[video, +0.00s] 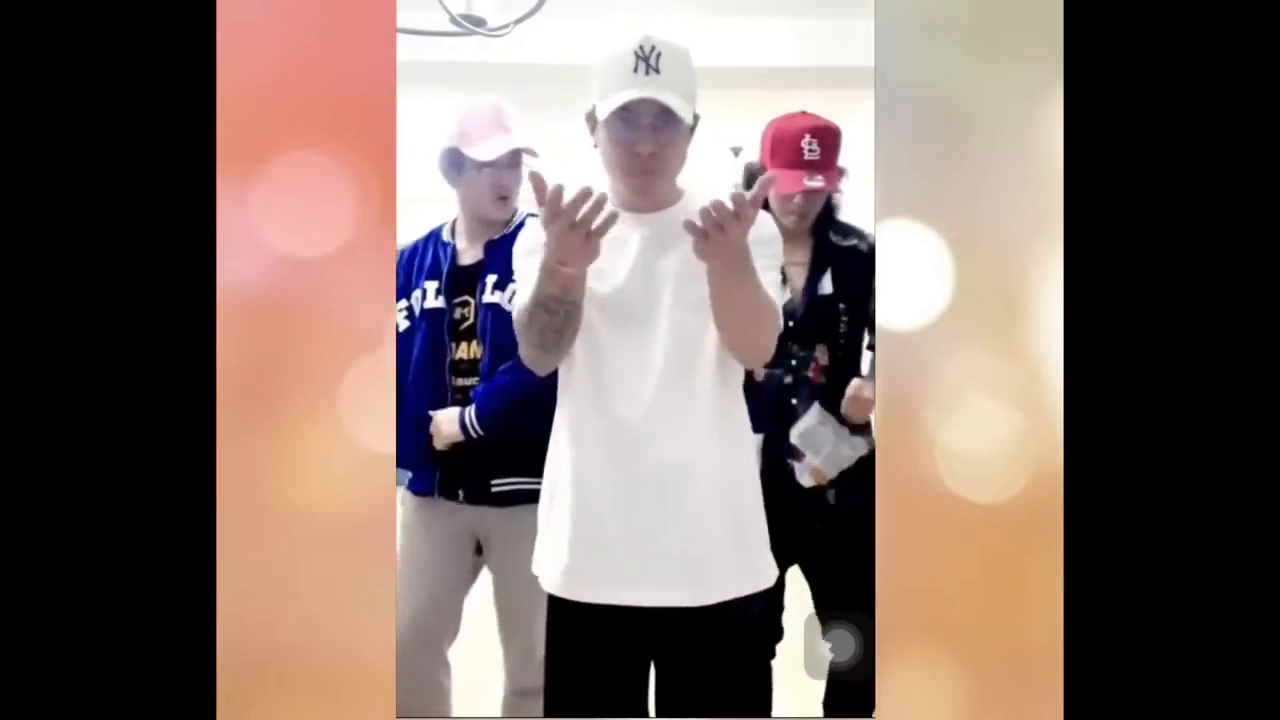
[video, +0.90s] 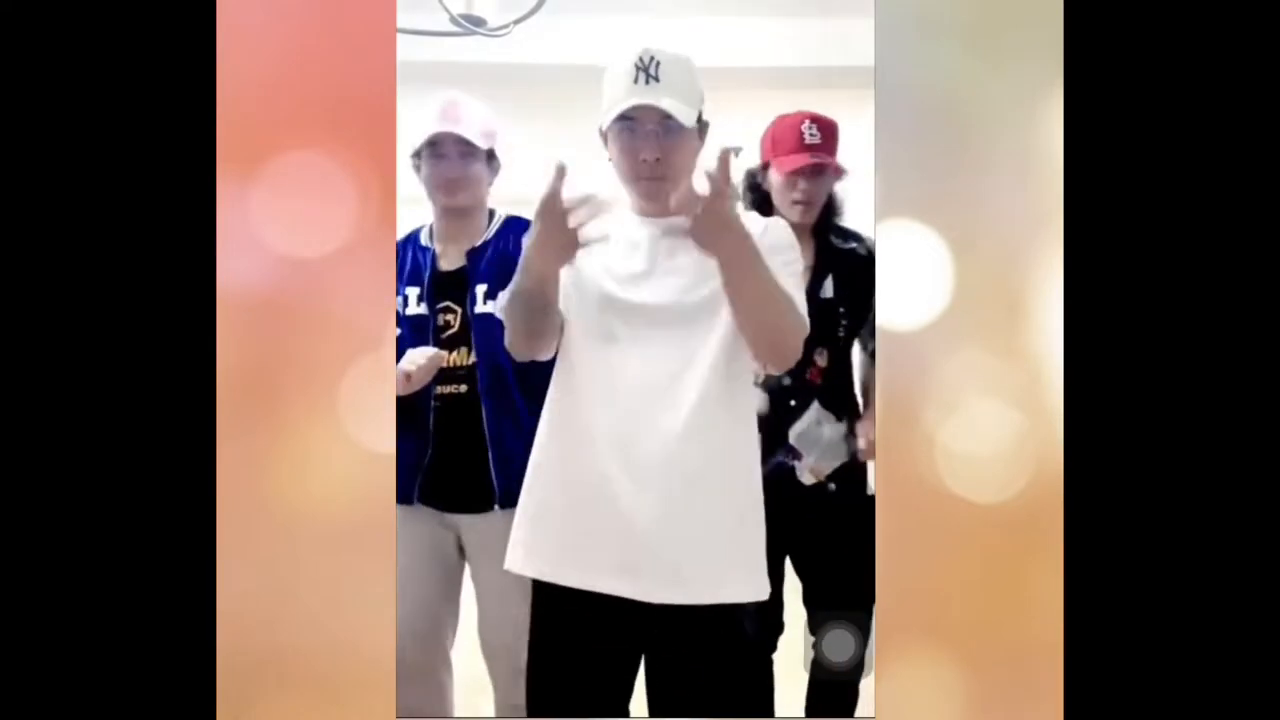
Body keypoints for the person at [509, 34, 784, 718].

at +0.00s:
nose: (644, 140)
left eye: (665, 121)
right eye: (626, 119)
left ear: (691, 133)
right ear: (594, 130)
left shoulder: (734, 234)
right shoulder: (558, 236)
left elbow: (757, 352)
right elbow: (540, 354)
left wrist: (727, 262)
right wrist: (563, 272)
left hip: (716, 559)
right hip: (592, 559)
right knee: (588, 719)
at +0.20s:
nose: (655, 154)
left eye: (675, 135)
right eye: (636, 133)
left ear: (700, 147)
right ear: (603, 140)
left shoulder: (745, 251)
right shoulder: (548, 251)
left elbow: (787, 381)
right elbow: (512, 385)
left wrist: (739, 329)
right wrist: (570, 342)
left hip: (722, 571)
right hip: (594, 573)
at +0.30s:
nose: (660, 168)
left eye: (680, 148)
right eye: (641, 147)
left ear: (704, 160)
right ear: (607, 156)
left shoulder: (748, 275)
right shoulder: (548, 264)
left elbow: (792, 396)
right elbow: (501, 393)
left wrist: (747, 422)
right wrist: (583, 429)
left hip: (728, 588)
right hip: (594, 589)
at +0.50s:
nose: (662, 159)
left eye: (681, 140)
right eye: (643, 139)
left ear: (709, 155)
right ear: (611, 152)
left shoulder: (754, 274)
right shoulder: (554, 258)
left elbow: (785, 402)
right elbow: (509, 378)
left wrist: (742, 439)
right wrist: (574, 437)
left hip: (722, 576)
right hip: (586, 572)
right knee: (565, 718)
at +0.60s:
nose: (659, 146)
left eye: (679, 128)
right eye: (640, 127)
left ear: (708, 145)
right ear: (611, 143)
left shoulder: (750, 257)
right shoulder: (563, 248)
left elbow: (778, 391)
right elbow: (519, 365)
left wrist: (748, 323)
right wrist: (560, 319)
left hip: (714, 557)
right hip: (584, 553)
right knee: (566, 719)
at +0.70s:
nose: (656, 141)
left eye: (675, 123)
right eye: (636, 122)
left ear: (706, 136)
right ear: (610, 135)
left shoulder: (740, 241)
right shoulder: (577, 232)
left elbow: (772, 347)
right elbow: (530, 330)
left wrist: (757, 226)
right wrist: (539, 223)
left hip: (713, 561)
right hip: (582, 558)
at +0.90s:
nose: (648, 145)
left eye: (669, 126)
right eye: (629, 126)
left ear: (701, 140)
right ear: (606, 139)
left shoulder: (757, 236)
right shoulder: (576, 235)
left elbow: (782, 352)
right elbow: (524, 346)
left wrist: (728, 238)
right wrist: (538, 265)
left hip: (712, 570)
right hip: (581, 564)